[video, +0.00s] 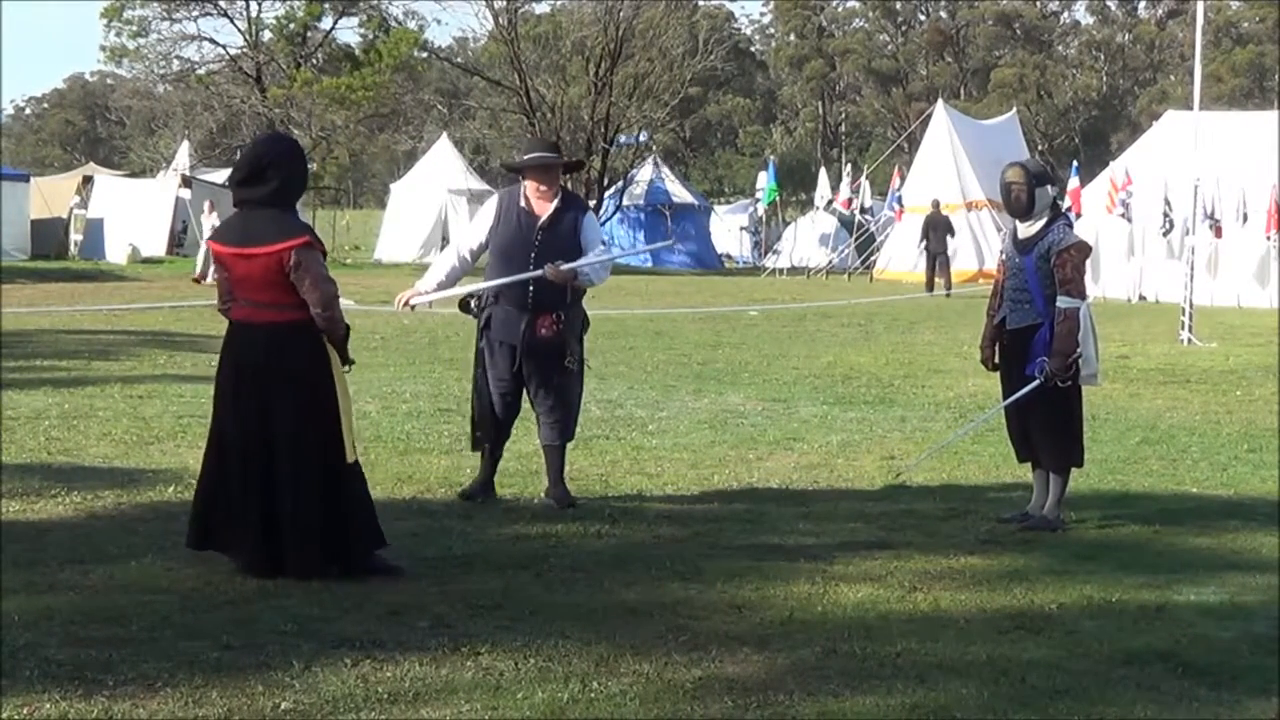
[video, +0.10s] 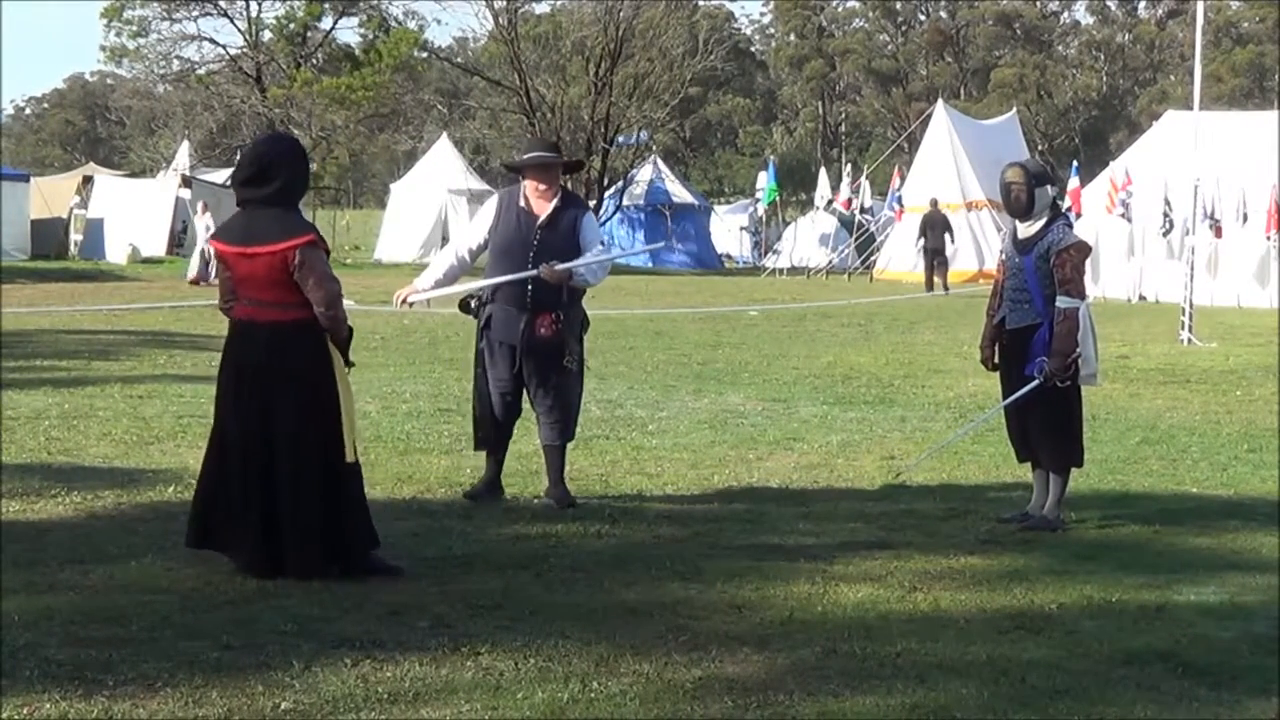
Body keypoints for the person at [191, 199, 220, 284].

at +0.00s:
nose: (207, 208)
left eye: (209, 206)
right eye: (206, 206)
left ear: (212, 207)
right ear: (203, 207)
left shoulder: (214, 215)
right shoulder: (202, 217)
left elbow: (218, 225)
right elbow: (204, 229)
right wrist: (203, 239)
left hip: (213, 239)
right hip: (204, 239)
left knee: (212, 258)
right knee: (201, 257)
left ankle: (210, 276)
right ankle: (198, 274)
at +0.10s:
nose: (200, 209)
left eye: (201, 207)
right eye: (198, 206)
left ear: (205, 208)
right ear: (197, 207)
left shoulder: (208, 216)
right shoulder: (196, 217)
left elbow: (213, 228)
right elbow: (198, 230)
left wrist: (207, 236)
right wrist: (198, 239)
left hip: (206, 241)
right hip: (199, 241)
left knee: (208, 259)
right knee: (196, 258)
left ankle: (208, 277)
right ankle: (193, 275)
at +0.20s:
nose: (191, 207)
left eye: (192, 204)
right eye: (189, 204)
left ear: (196, 205)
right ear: (188, 205)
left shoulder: (199, 215)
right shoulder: (187, 216)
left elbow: (205, 228)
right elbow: (187, 229)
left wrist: (201, 239)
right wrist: (187, 240)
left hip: (200, 241)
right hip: (191, 241)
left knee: (204, 259)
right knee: (191, 258)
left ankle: (207, 277)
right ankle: (192, 276)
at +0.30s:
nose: (185, 206)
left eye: (187, 204)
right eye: (184, 203)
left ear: (191, 204)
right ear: (182, 204)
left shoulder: (195, 212)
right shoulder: (181, 214)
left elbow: (201, 224)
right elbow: (180, 228)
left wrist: (202, 237)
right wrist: (178, 240)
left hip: (195, 239)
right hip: (186, 239)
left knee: (196, 256)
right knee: (186, 256)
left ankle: (202, 272)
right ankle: (188, 273)